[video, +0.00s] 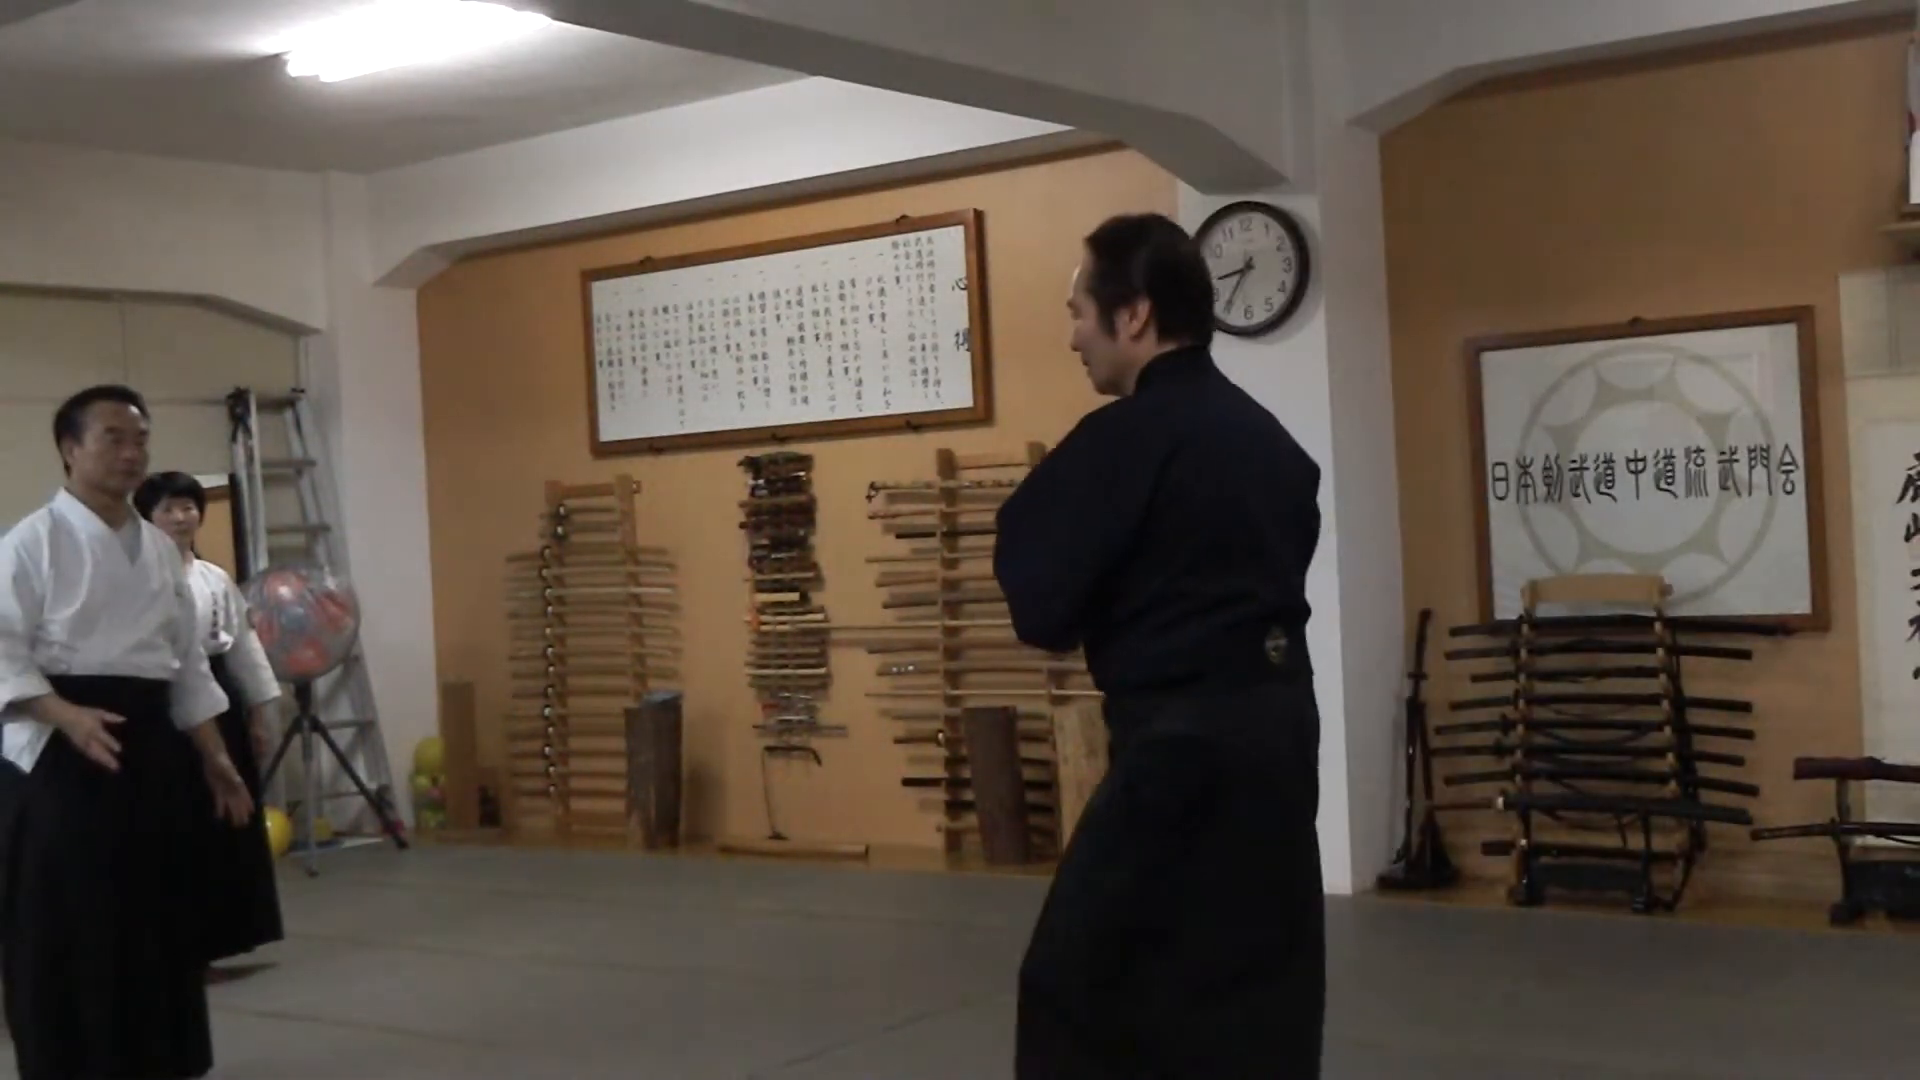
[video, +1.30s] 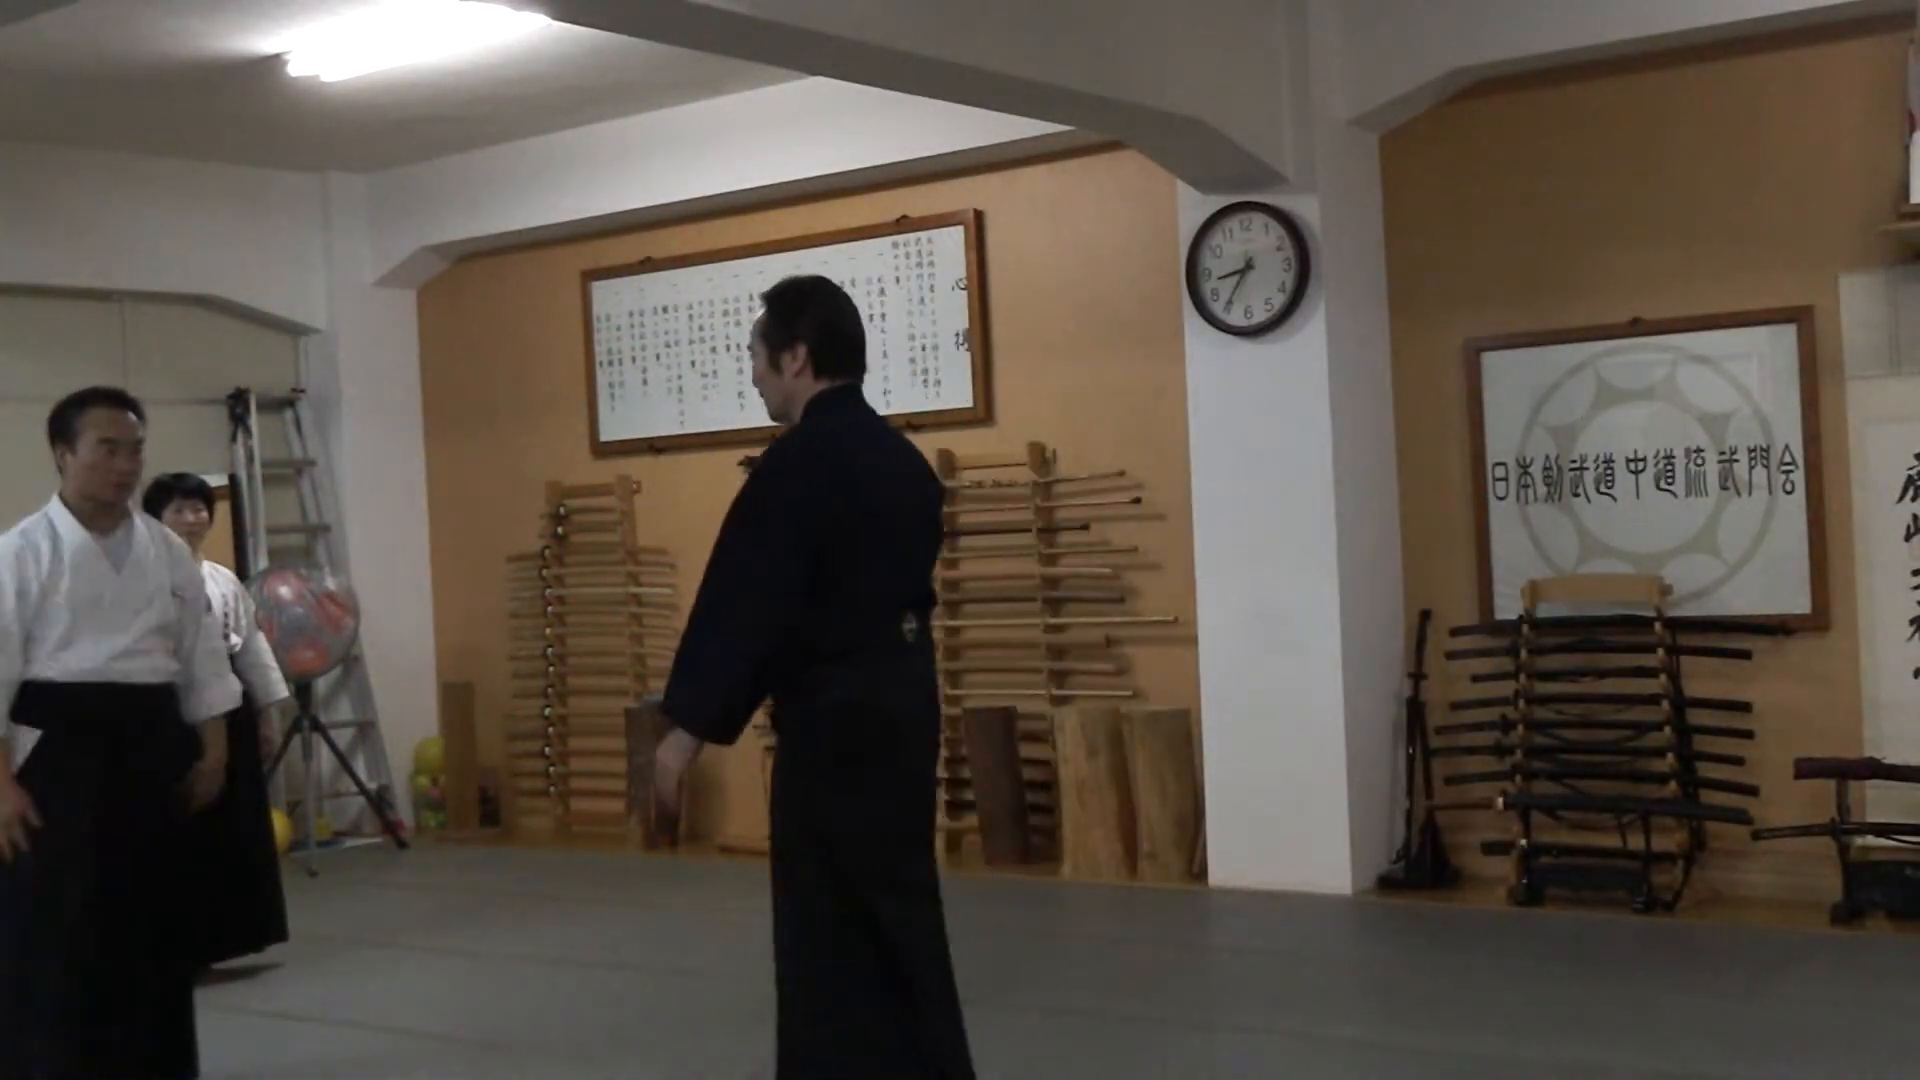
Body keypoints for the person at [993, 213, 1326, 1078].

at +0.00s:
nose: (1073, 336)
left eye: (1081, 313)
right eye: (1073, 315)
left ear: (1137, 319)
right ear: (1167, 319)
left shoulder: (1121, 440)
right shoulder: (1268, 436)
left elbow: (1040, 594)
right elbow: (1276, 574)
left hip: (1178, 751)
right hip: (1280, 733)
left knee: (1068, 981)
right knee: (1263, 969)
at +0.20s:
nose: (1041, 339)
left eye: (1049, 315)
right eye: (1042, 317)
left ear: (1100, 320)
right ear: (1136, 319)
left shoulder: (1084, 439)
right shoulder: (1228, 433)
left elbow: (1010, 589)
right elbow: (1216, 566)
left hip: (1143, 747)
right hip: (1248, 733)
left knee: (1050, 977)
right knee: (1225, 971)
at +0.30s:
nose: (1022, 347)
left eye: (1029, 323)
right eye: (1022, 325)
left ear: (1080, 327)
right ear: (1120, 327)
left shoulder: (1062, 447)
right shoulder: (1205, 441)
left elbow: (982, 595)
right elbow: (1195, 578)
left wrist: (963, 673)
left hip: (1118, 741)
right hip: (1225, 722)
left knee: (1060, 967)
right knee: (1212, 958)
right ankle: (1208, 1074)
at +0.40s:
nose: (999, 349)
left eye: (1006, 330)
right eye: (999, 330)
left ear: (1050, 337)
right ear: (1102, 333)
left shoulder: (1031, 459)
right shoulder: (1174, 452)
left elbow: (974, 604)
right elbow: (1157, 601)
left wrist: (924, 745)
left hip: (1085, 737)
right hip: (1192, 719)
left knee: (1043, 950)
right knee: (1192, 948)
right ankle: (1191, 1066)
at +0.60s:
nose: (917, 368)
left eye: (924, 349)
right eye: (918, 349)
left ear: (966, 354)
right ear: (1009, 353)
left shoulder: (955, 468)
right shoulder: (1094, 466)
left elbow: (926, 631)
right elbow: (1103, 632)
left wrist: (920, 782)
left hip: (985, 766)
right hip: (1090, 759)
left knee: (973, 992)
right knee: (1099, 977)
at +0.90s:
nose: (827, 384)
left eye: (827, 363)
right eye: (822, 365)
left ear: (863, 351)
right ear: (921, 349)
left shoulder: (864, 452)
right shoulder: (995, 453)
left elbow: (818, 601)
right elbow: (1011, 605)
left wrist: (793, 749)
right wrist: (1004, 711)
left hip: (900, 733)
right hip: (989, 727)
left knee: (883, 946)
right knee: (978, 940)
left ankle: (886, 1068)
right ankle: (979, 1066)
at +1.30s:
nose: (756, 377)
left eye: (760, 358)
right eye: (755, 359)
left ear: (798, 358)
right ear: (846, 356)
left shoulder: (795, 464)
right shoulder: (901, 456)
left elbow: (742, 603)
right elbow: (898, 594)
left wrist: (686, 733)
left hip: (830, 725)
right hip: (905, 711)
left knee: (823, 932)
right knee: (899, 917)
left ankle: (831, 1066)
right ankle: (921, 1065)